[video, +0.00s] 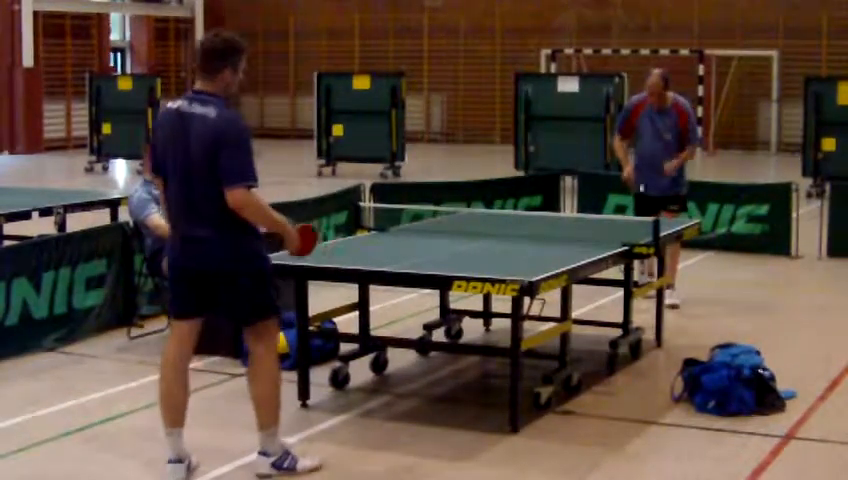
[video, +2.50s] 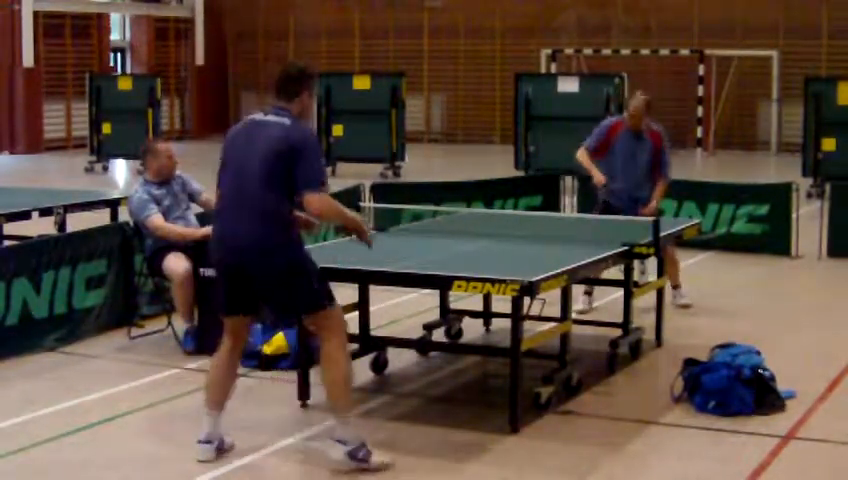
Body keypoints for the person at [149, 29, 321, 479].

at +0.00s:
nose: (242, 78)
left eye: (241, 70)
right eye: (241, 71)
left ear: (199, 68)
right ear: (229, 71)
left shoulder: (168, 115)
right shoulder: (227, 122)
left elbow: (156, 174)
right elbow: (239, 196)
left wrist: (184, 222)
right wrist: (283, 226)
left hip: (186, 251)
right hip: (235, 252)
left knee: (179, 342)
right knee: (263, 338)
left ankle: (176, 455)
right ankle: (271, 448)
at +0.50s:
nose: (271, 85)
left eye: (270, 78)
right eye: (271, 79)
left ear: (231, 72)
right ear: (263, 79)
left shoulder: (197, 115)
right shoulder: (248, 124)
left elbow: (188, 185)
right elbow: (244, 197)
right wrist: (287, 235)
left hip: (196, 253)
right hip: (245, 255)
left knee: (188, 345)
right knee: (276, 337)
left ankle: (176, 454)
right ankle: (300, 438)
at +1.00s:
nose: (347, 117)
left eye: (348, 110)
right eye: (348, 110)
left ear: (313, 97)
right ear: (340, 109)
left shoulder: (273, 116)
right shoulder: (319, 150)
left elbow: (257, 176)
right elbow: (334, 228)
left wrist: (291, 215)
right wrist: (349, 247)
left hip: (216, 234)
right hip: (264, 242)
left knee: (211, 325)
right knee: (290, 334)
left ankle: (182, 421)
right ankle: (300, 436)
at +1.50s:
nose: (269, 85)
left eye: (267, 77)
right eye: (266, 78)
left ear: (228, 80)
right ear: (257, 82)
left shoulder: (205, 120)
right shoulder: (263, 128)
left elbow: (190, 182)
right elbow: (268, 193)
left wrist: (236, 199)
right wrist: (305, 206)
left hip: (199, 241)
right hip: (241, 244)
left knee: (209, 326)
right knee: (279, 327)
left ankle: (183, 425)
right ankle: (299, 435)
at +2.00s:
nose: (282, 81)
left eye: (280, 74)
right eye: (280, 75)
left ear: (241, 79)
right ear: (272, 79)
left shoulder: (214, 120)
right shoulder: (271, 126)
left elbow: (201, 187)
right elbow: (275, 195)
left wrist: (259, 217)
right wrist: (310, 204)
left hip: (205, 242)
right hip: (248, 244)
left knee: (210, 327)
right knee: (291, 324)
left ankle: (182, 426)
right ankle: (300, 437)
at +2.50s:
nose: (314, 104)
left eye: (312, 97)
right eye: (313, 98)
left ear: (276, 94)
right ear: (304, 98)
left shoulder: (239, 131)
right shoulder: (300, 135)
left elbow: (227, 196)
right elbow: (315, 202)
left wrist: (287, 215)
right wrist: (351, 220)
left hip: (228, 246)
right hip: (276, 249)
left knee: (232, 336)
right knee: (332, 330)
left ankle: (209, 434)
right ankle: (348, 437)